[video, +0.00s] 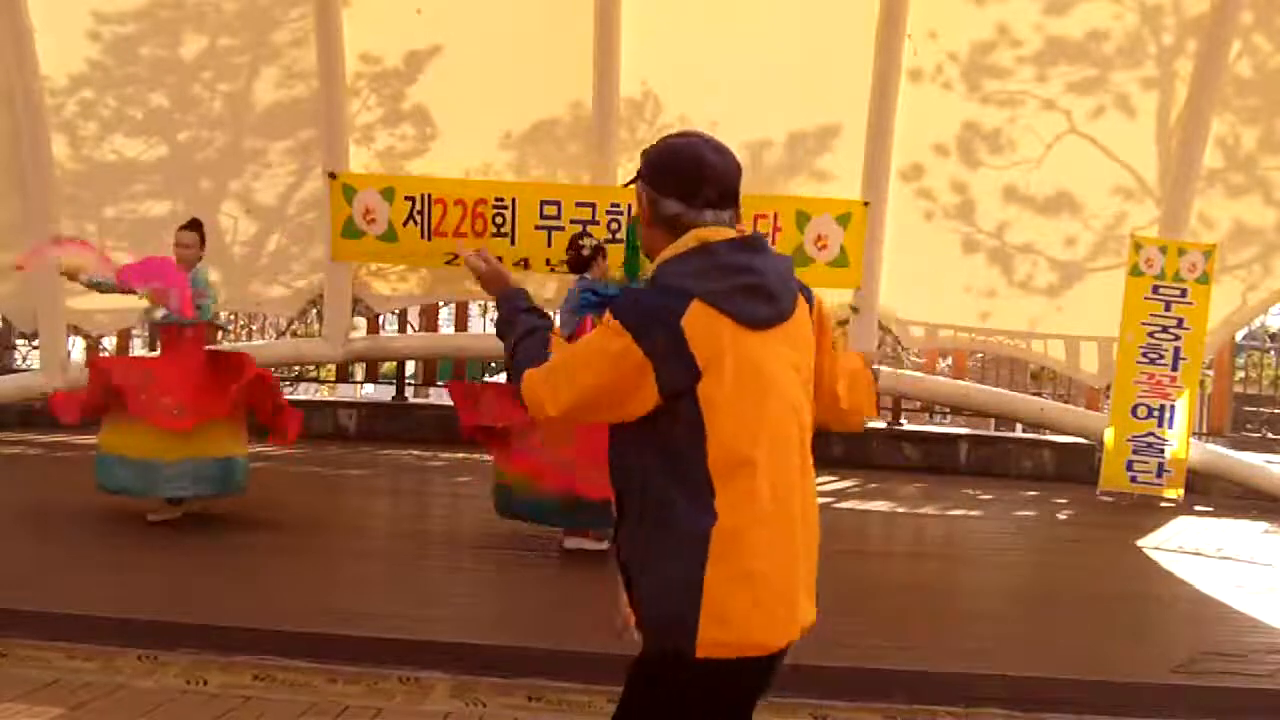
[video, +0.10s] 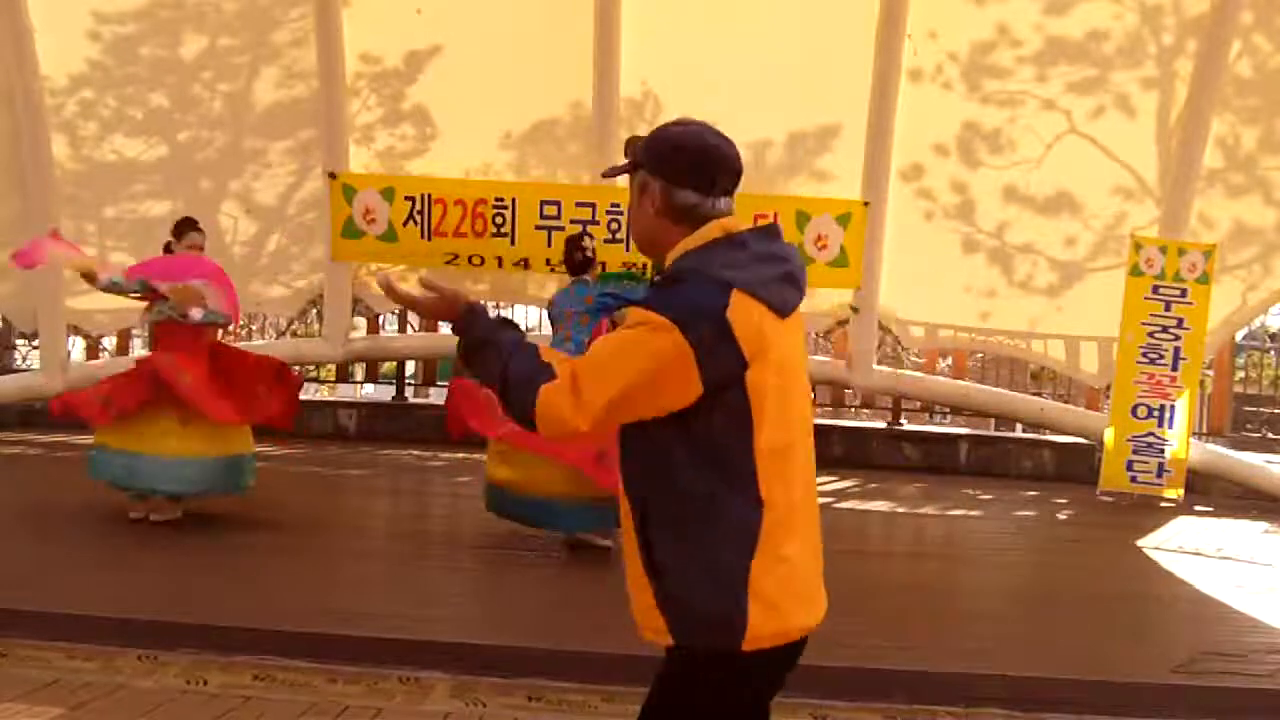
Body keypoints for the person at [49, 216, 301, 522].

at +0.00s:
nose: (180, 251)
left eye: (187, 246)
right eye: (177, 245)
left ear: (201, 250)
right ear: (173, 247)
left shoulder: (202, 279)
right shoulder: (167, 278)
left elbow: (210, 323)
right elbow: (126, 284)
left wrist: (166, 307)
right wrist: (83, 278)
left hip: (194, 360)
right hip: (168, 359)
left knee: (184, 424)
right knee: (172, 424)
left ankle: (176, 499)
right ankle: (183, 494)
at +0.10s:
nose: (197, 254)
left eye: (201, 248)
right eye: (191, 247)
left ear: (205, 249)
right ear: (173, 247)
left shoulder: (211, 284)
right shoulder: (159, 283)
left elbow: (227, 316)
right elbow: (123, 285)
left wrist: (195, 310)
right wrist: (94, 276)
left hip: (198, 358)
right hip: (163, 355)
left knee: (183, 424)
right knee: (151, 420)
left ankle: (171, 496)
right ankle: (143, 493)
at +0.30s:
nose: (198, 251)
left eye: (197, 245)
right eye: (195, 245)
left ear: (174, 245)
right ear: (181, 245)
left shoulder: (167, 279)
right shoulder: (175, 279)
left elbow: (211, 312)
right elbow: (215, 292)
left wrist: (233, 289)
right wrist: (256, 287)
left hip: (157, 356)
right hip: (173, 357)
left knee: (147, 422)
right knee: (182, 422)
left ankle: (142, 501)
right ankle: (177, 499)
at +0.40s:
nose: (199, 248)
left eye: (197, 242)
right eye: (196, 243)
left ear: (171, 246)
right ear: (188, 246)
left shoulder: (159, 282)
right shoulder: (193, 282)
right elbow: (241, 295)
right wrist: (275, 289)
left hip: (152, 358)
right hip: (181, 361)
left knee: (150, 424)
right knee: (181, 425)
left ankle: (145, 500)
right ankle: (173, 501)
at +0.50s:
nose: (194, 250)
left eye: (183, 244)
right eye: (196, 245)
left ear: (173, 248)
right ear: (200, 249)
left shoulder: (162, 280)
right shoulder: (206, 281)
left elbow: (148, 317)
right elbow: (232, 300)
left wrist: (122, 325)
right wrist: (237, 286)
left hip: (163, 358)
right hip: (196, 358)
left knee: (164, 423)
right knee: (191, 423)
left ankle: (169, 497)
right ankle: (184, 497)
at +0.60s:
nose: (178, 246)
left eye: (181, 240)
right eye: (180, 240)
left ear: (187, 244)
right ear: (208, 246)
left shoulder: (180, 280)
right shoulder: (218, 281)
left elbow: (147, 309)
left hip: (181, 359)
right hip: (213, 358)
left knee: (172, 422)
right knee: (210, 423)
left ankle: (174, 497)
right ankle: (212, 498)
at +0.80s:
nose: (187, 259)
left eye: (191, 252)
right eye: (189, 252)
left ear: (207, 251)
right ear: (212, 252)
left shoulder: (212, 282)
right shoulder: (212, 282)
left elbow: (178, 313)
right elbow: (186, 319)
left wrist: (144, 315)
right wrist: (150, 314)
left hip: (211, 359)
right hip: (212, 357)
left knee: (186, 420)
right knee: (216, 421)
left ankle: (183, 496)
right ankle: (217, 494)